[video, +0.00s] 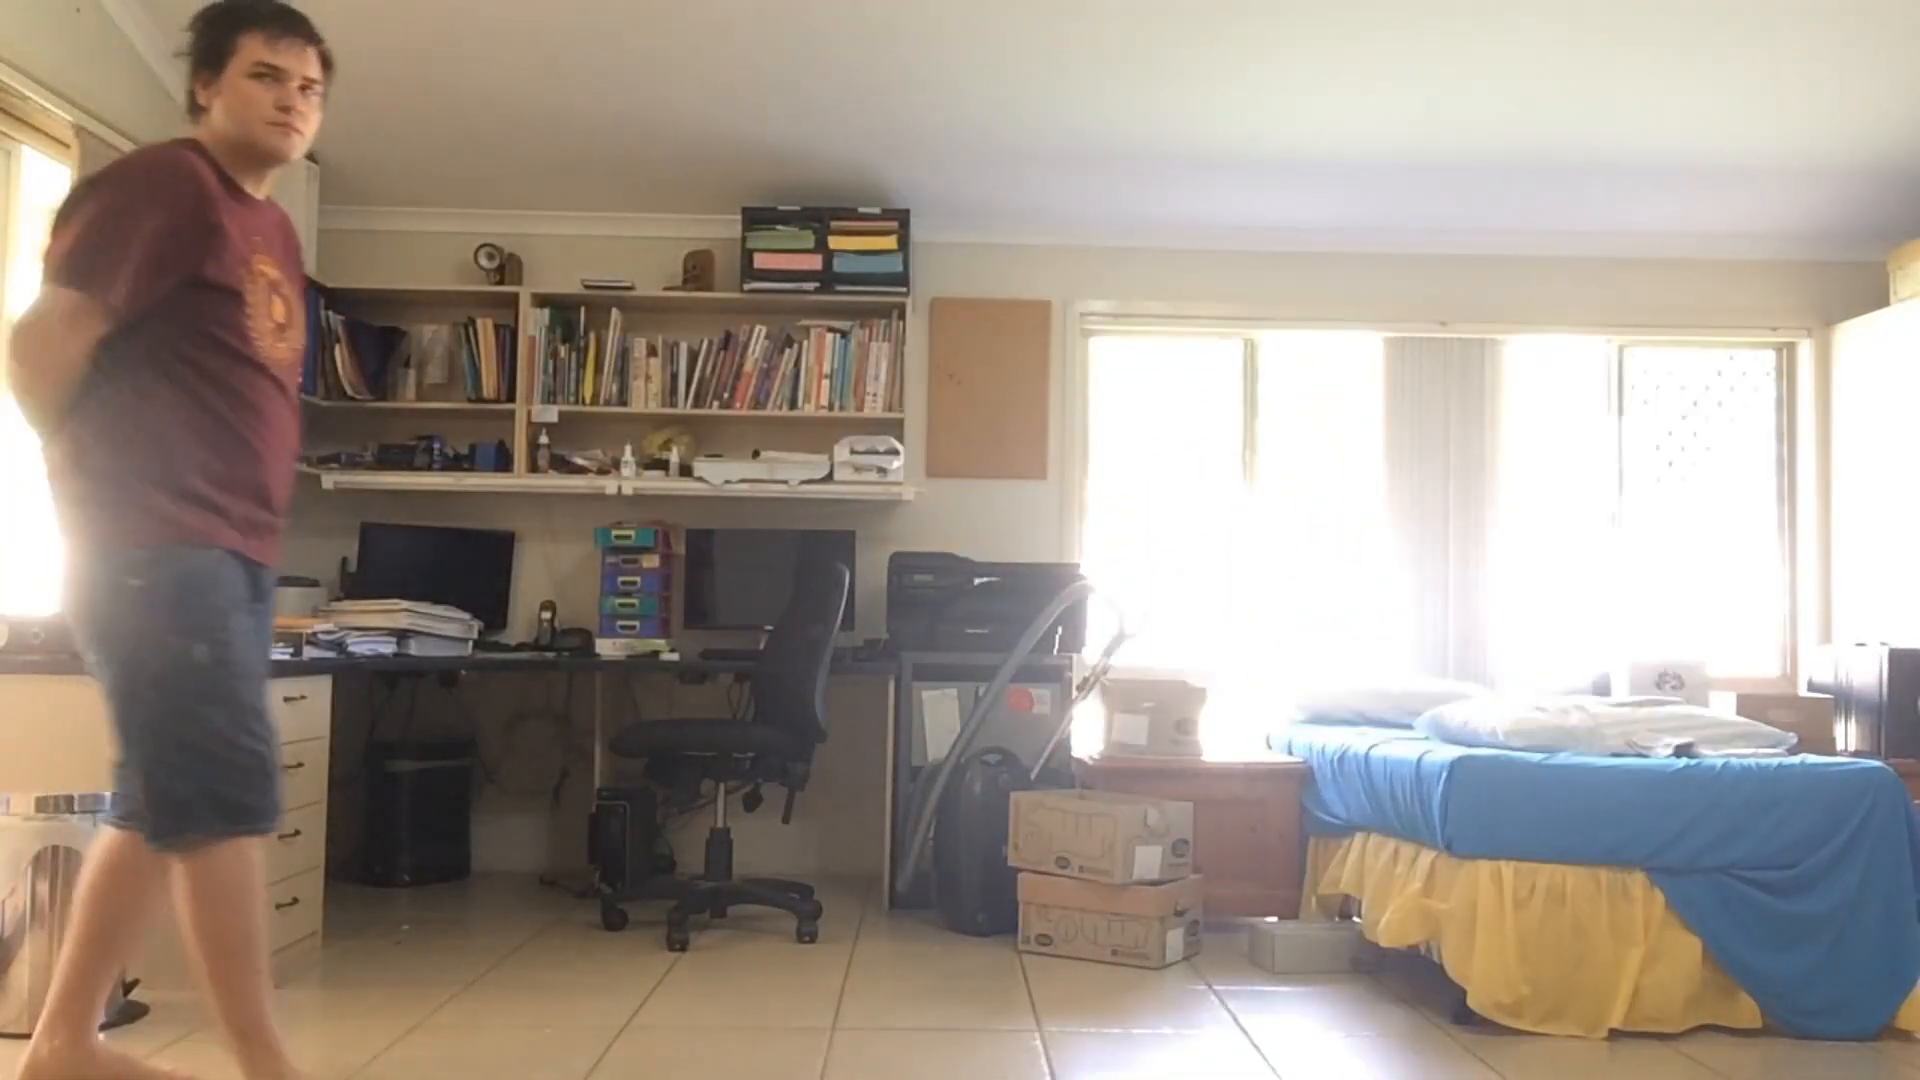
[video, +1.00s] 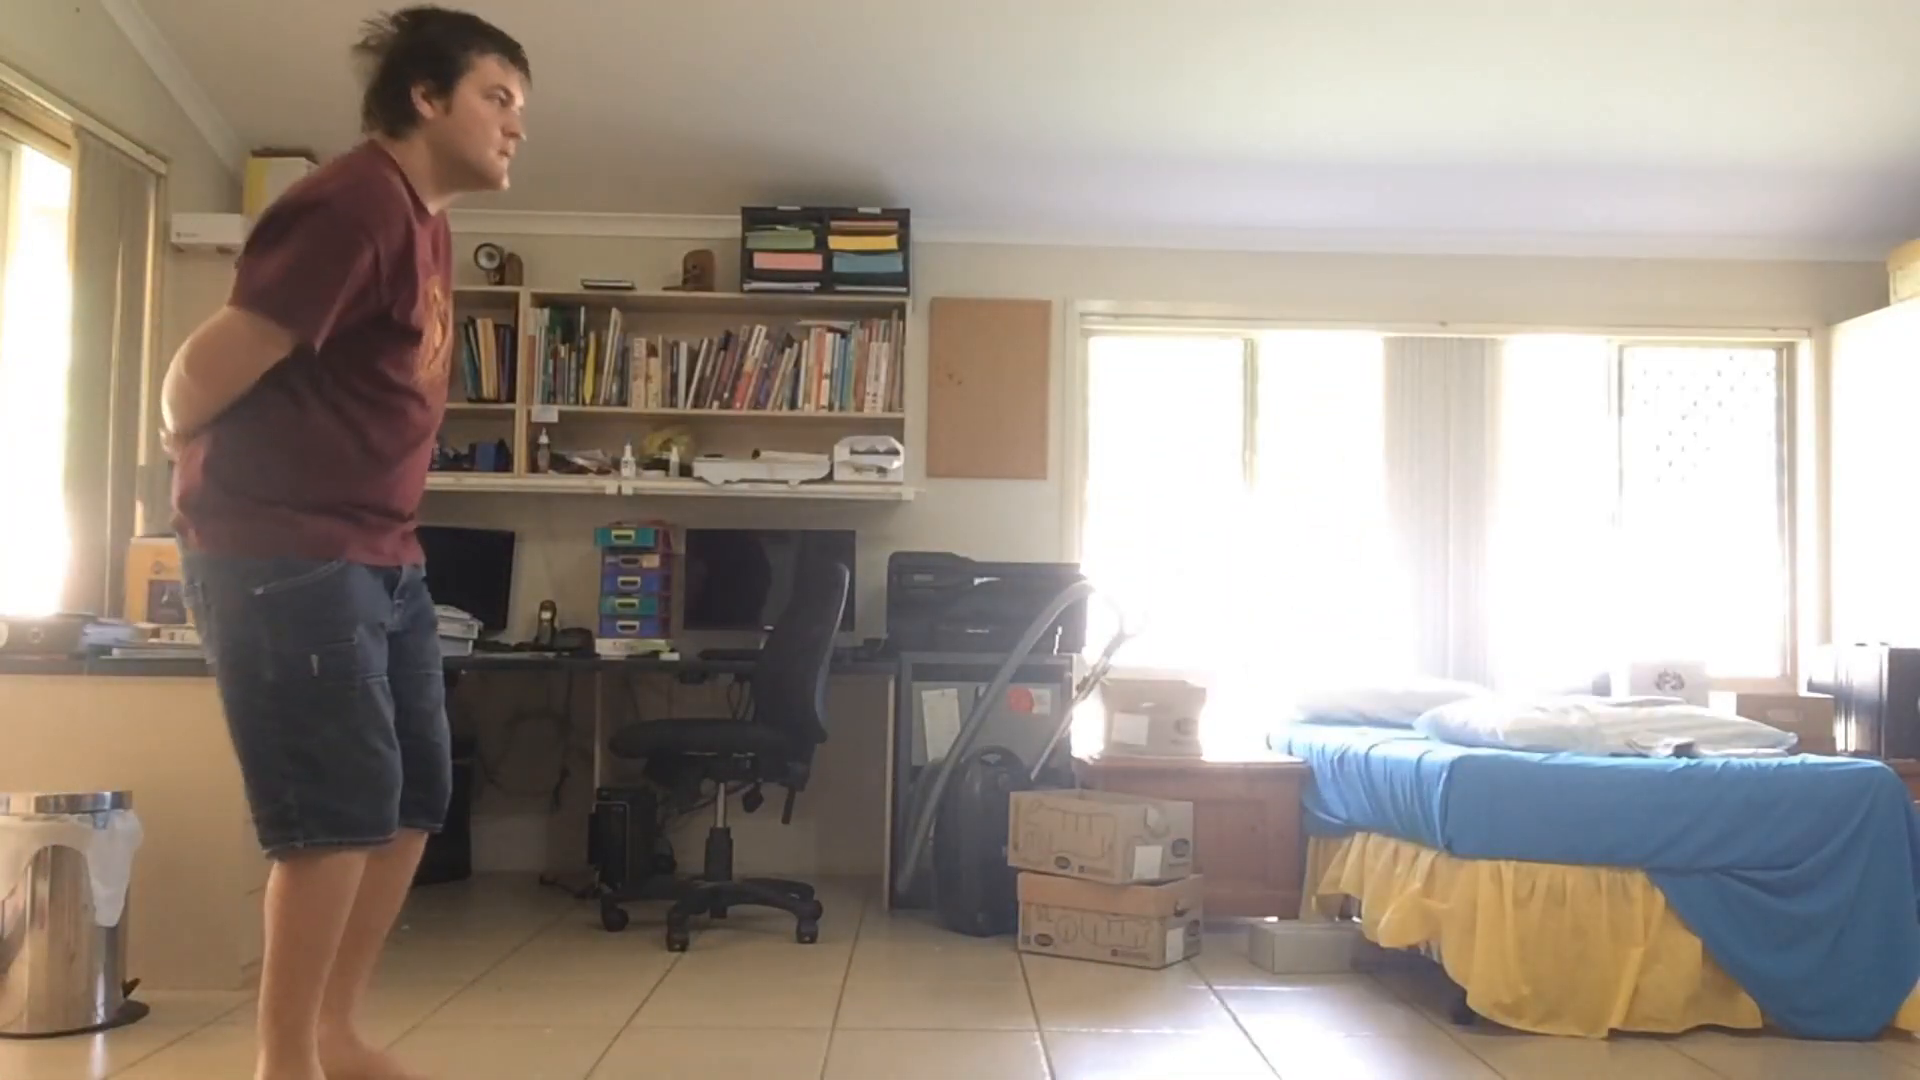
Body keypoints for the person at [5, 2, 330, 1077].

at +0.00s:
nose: (295, 99)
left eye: (311, 87)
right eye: (270, 76)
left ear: (319, 113)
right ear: (207, 88)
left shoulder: (278, 229)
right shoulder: (160, 180)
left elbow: (252, 380)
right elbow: (36, 350)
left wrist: (136, 443)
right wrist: (92, 465)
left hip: (238, 545)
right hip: (155, 538)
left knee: (153, 804)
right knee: (225, 798)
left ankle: (59, 1040)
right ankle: (264, 1059)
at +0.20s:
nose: (363, 93)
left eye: (379, 81)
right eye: (339, 69)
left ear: (385, 108)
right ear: (272, 81)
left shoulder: (318, 209)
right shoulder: (234, 177)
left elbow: (261, 371)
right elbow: (110, 352)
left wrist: (151, 456)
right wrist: (117, 459)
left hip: (301, 535)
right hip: (218, 531)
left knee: (323, 784)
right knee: (276, 804)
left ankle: (141, 985)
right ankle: (280, 1065)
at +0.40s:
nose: (435, 84)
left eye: (442, 68)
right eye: (411, 58)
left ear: (428, 91)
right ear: (337, 63)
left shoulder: (362, 192)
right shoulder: (285, 166)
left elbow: (292, 361)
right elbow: (152, 351)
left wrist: (176, 420)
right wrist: (153, 427)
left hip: (345, 539)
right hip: (254, 538)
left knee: (366, 794)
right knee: (279, 816)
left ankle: (327, 1031)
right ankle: (275, 1058)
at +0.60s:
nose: (468, 91)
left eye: (474, 75)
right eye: (447, 64)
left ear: (452, 92)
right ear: (375, 65)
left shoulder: (404, 207)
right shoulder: (303, 171)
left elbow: (367, 369)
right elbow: (177, 354)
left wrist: (236, 437)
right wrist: (204, 446)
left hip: (379, 539)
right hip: (287, 537)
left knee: (380, 805)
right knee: (310, 818)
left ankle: (341, 1042)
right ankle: (283, 1061)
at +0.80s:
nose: (488, 98)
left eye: (493, 81)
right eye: (468, 70)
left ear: (472, 99)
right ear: (396, 71)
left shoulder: (422, 210)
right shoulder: (327, 173)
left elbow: (376, 376)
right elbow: (196, 358)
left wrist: (240, 437)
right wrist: (214, 440)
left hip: (397, 543)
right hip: (306, 540)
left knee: (393, 810)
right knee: (325, 820)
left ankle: (340, 1040)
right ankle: (287, 1060)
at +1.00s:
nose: (517, 125)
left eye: (519, 107)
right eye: (499, 98)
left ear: (444, 111)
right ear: (426, 98)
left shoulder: (424, 222)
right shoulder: (360, 199)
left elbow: (333, 380)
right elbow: (208, 365)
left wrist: (204, 433)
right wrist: (182, 426)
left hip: (383, 550)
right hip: (287, 548)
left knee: (413, 797)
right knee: (335, 811)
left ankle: (335, 1032)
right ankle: (284, 1058)